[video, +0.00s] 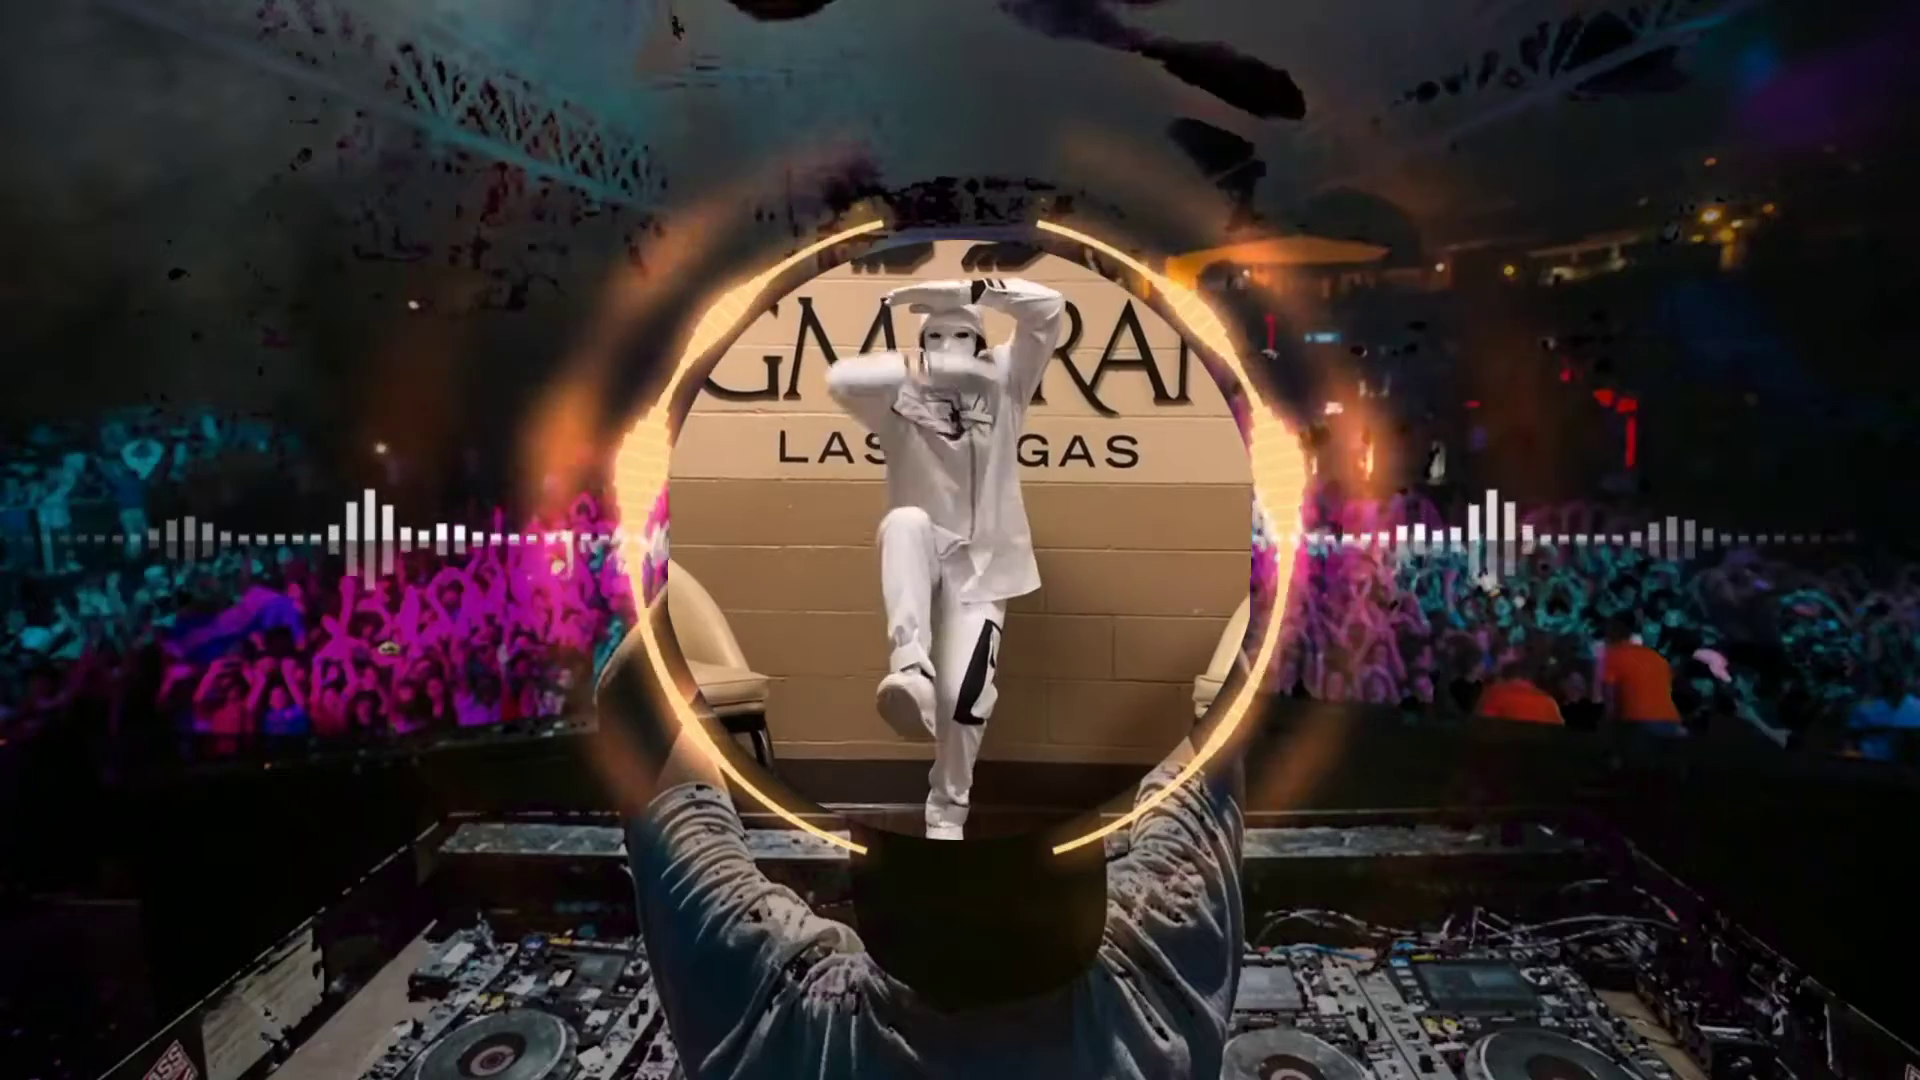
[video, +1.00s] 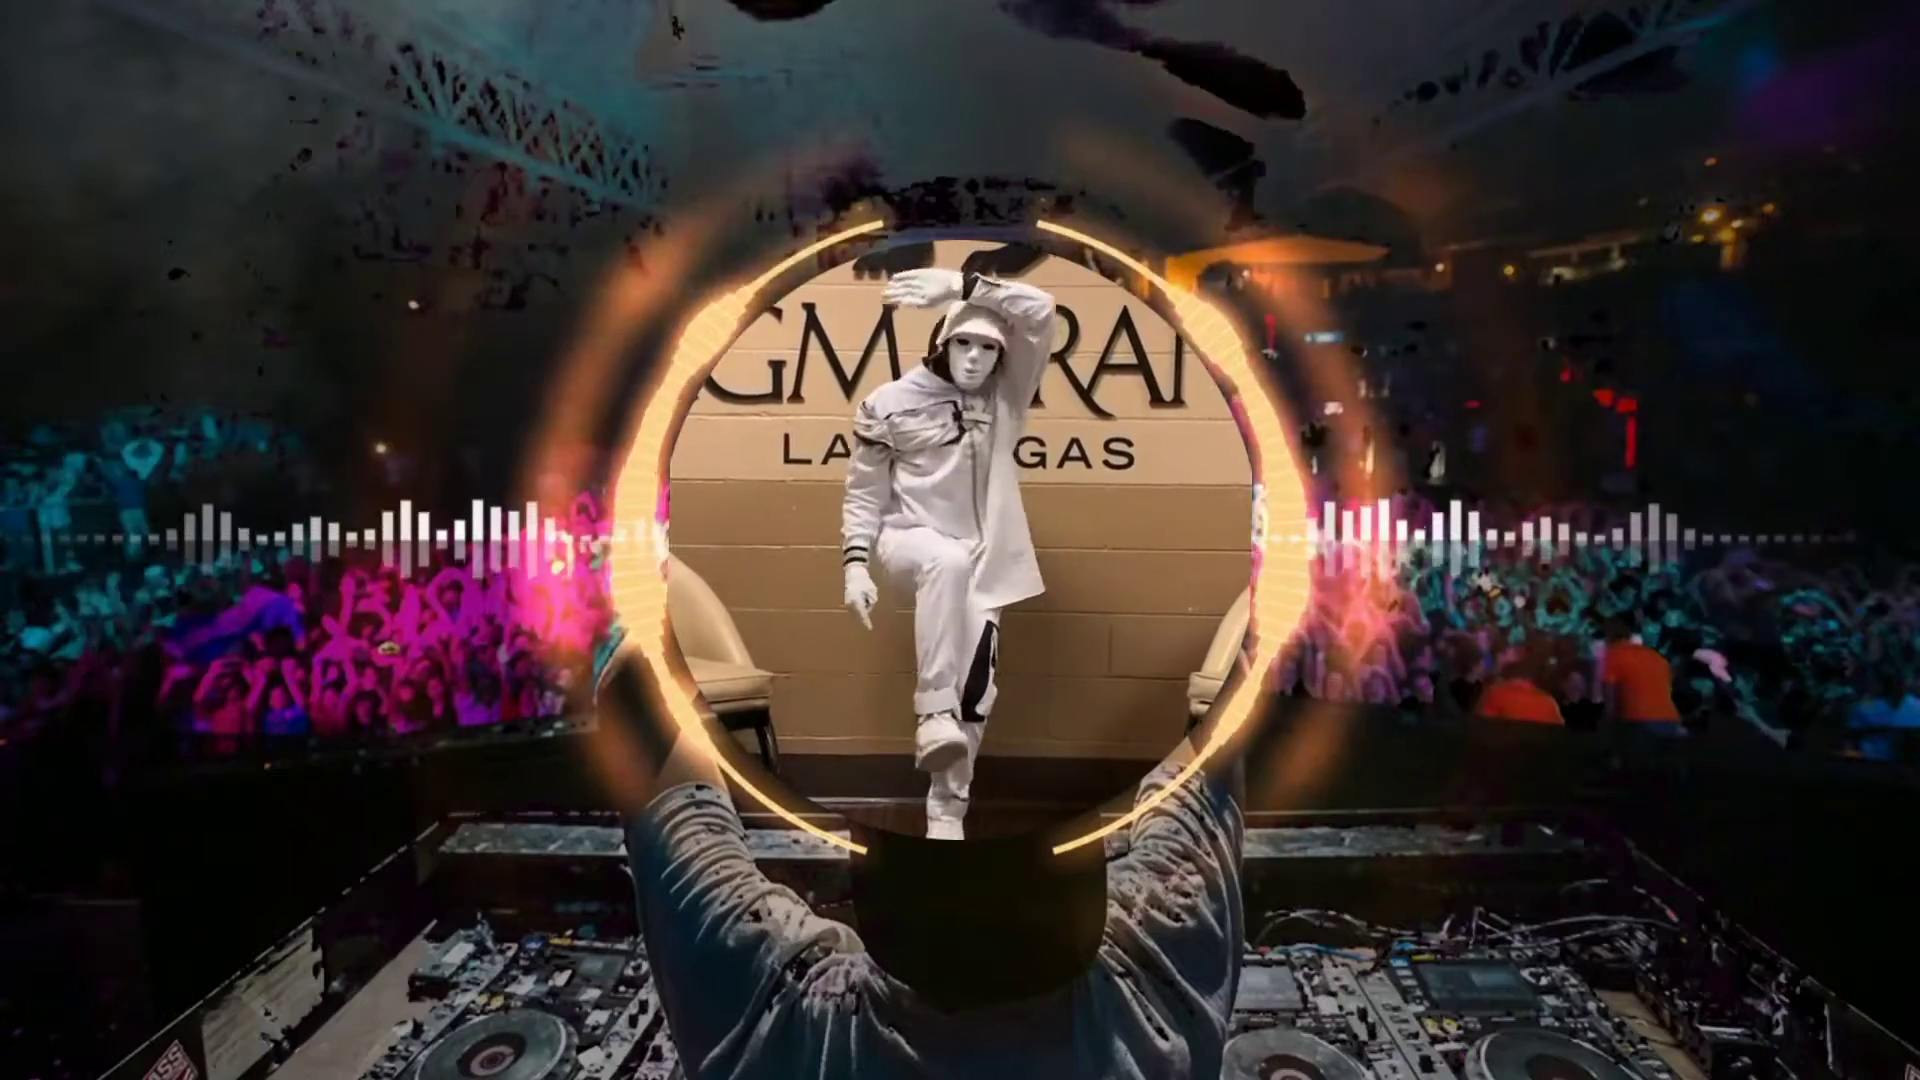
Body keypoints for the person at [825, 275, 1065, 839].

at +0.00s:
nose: (950, 347)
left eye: (961, 337)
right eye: (938, 337)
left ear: (979, 347)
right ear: (922, 350)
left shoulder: (1004, 386)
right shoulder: (896, 398)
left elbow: (1051, 311)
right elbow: (840, 381)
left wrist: (992, 290)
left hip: (982, 562)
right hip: (919, 556)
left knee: (966, 702)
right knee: (905, 519)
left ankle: (946, 819)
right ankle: (913, 676)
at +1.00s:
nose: (974, 357)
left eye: (986, 348)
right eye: (964, 344)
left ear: (999, 356)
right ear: (944, 346)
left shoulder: (1005, 399)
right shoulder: (892, 404)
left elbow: (1041, 315)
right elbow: (865, 493)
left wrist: (960, 283)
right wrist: (856, 561)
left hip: (983, 558)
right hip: (906, 543)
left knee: (971, 701)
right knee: (950, 557)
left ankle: (947, 820)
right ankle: (937, 711)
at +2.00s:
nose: (841, 332)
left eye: (850, 321)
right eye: (843, 320)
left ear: (881, 325)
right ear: (885, 326)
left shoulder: (932, 371)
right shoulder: (890, 382)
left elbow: (984, 437)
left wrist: (897, 455)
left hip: (931, 565)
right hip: (888, 562)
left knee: (884, 687)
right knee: (838, 665)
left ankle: (978, 800)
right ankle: (898, 791)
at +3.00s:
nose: (950, 336)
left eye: (959, 325)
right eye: (952, 325)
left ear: (989, 326)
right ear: (996, 327)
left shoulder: (1030, 358)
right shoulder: (1009, 385)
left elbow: (1066, 404)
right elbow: (1002, 510)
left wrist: (997, 430)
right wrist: (968, 475)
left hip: (1031, 574)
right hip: (1046, 573)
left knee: (967, 689)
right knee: (1024, 697)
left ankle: (989, 814)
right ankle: (1096, 806)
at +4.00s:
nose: (1090, 426)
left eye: (1102, 413)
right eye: (1077, 414)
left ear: (1121, 420)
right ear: (1061, 423)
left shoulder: (1151, 467)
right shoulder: (1031, 477)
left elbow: (1155, 502)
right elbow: (1028, 539)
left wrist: (1067, 512)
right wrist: (1059, 558)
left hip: (1139, 644)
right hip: (1065, 665)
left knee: (1158, 681)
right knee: (1075, 818)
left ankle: (1164, 811)